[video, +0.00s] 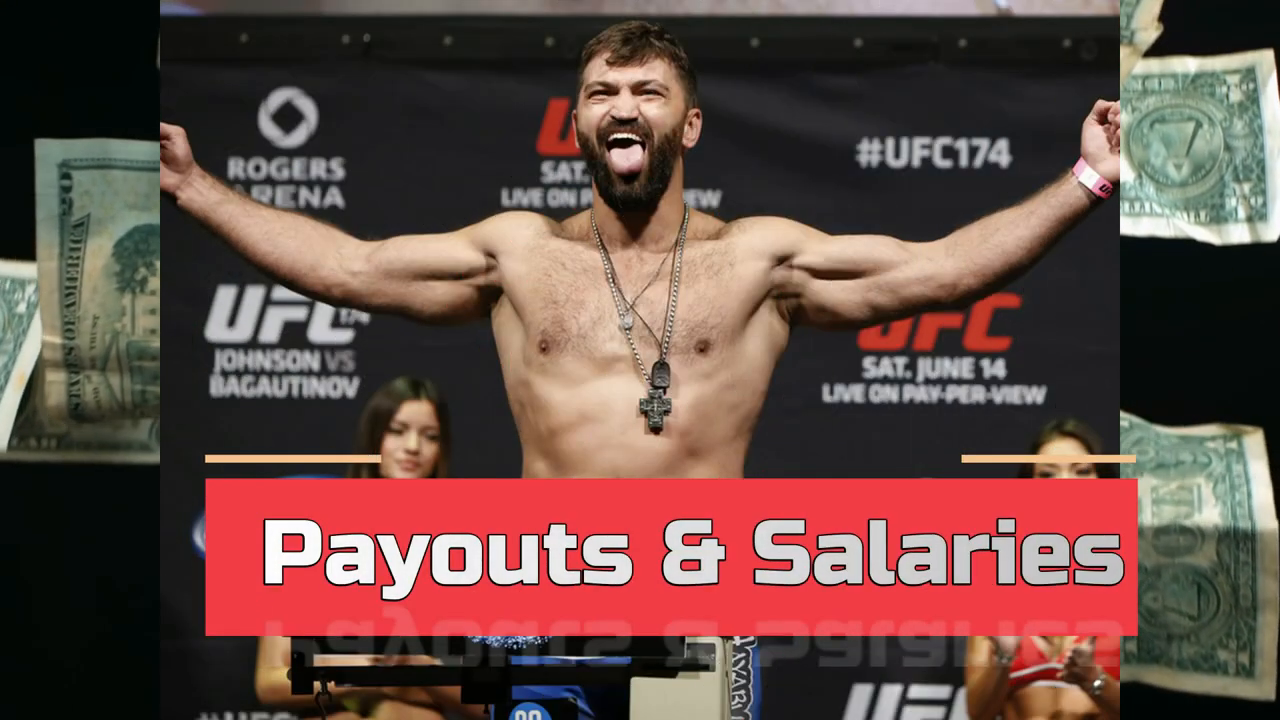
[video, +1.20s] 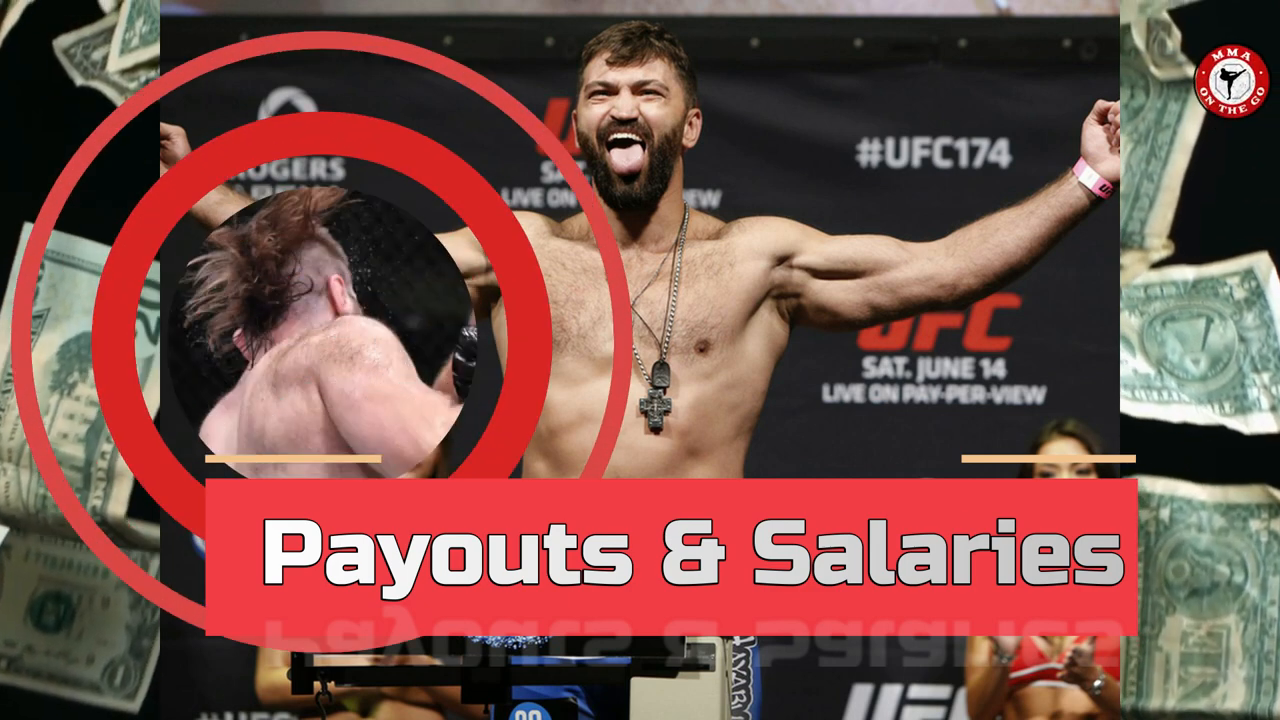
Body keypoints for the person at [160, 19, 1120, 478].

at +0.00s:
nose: (623, 107)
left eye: (647, 93)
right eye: (604, 92)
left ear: (690, 125)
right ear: (574, 124)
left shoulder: (764, 254)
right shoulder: (512, 247)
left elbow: (941, 269)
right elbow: (348, 267)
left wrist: (1083, 183)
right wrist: (197, 192)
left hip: (702, 596)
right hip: (542, 590)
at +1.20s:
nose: (619, 106)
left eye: (646, 91)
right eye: (600, 90)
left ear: (692, 128)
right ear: (571, 123)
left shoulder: (763, 255)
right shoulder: (515, 241)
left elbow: (944, 268)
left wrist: (1086, 180)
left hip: (684, 601)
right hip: (520, 593)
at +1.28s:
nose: (620, 108)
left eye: (647, 91)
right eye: (599, 95)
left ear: (689, 125)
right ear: (571, 132)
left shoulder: (763, 254)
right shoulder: (527, 244)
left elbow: (945, 269)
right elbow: (460, 411)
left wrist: (1090, 178)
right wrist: (481, 372)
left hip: (695, 594)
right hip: (535, 591)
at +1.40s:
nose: (616, 108)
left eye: (634, 92)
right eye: (595, 98)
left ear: (676, 115)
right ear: (580, 140)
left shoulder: (753, 244)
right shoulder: (633, 264)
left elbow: (938, 270)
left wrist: (1086, 180)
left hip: (696, 532)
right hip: (610, 525)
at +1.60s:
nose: (765, 180)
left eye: (779, 165)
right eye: (749, 164)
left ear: (797, 163)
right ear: (720, 157)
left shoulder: (806, 233)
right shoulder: (663, 230)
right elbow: (561, 310)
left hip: (765, 451)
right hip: (674, 449)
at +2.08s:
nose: (766, 181)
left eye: (781, 165)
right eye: (750, 164)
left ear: (800, 162)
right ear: (720, 158)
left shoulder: (803, 238)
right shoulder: (661, 232)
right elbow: (560, 310)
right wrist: (619, 406)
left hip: (768, 463)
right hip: (670, 462)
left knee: (757, 643)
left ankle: (729, 713)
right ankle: (675, 709)